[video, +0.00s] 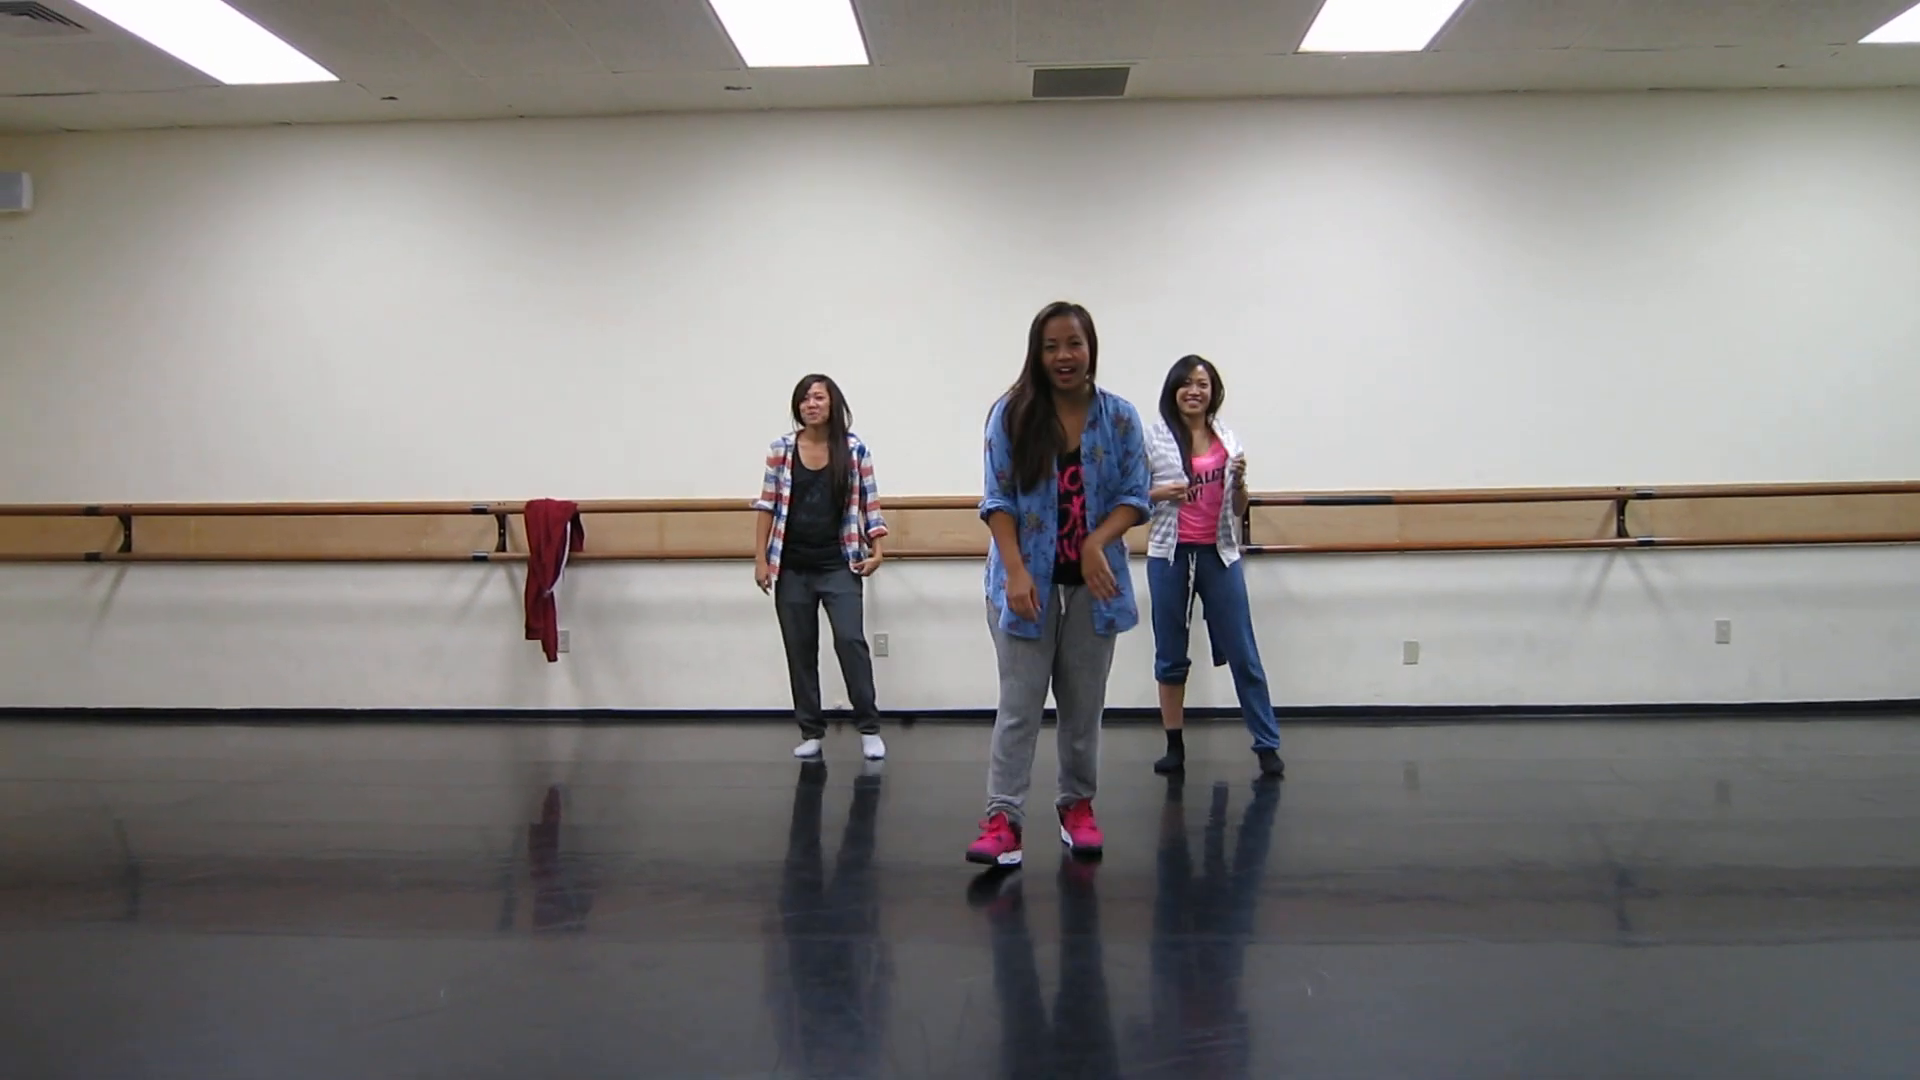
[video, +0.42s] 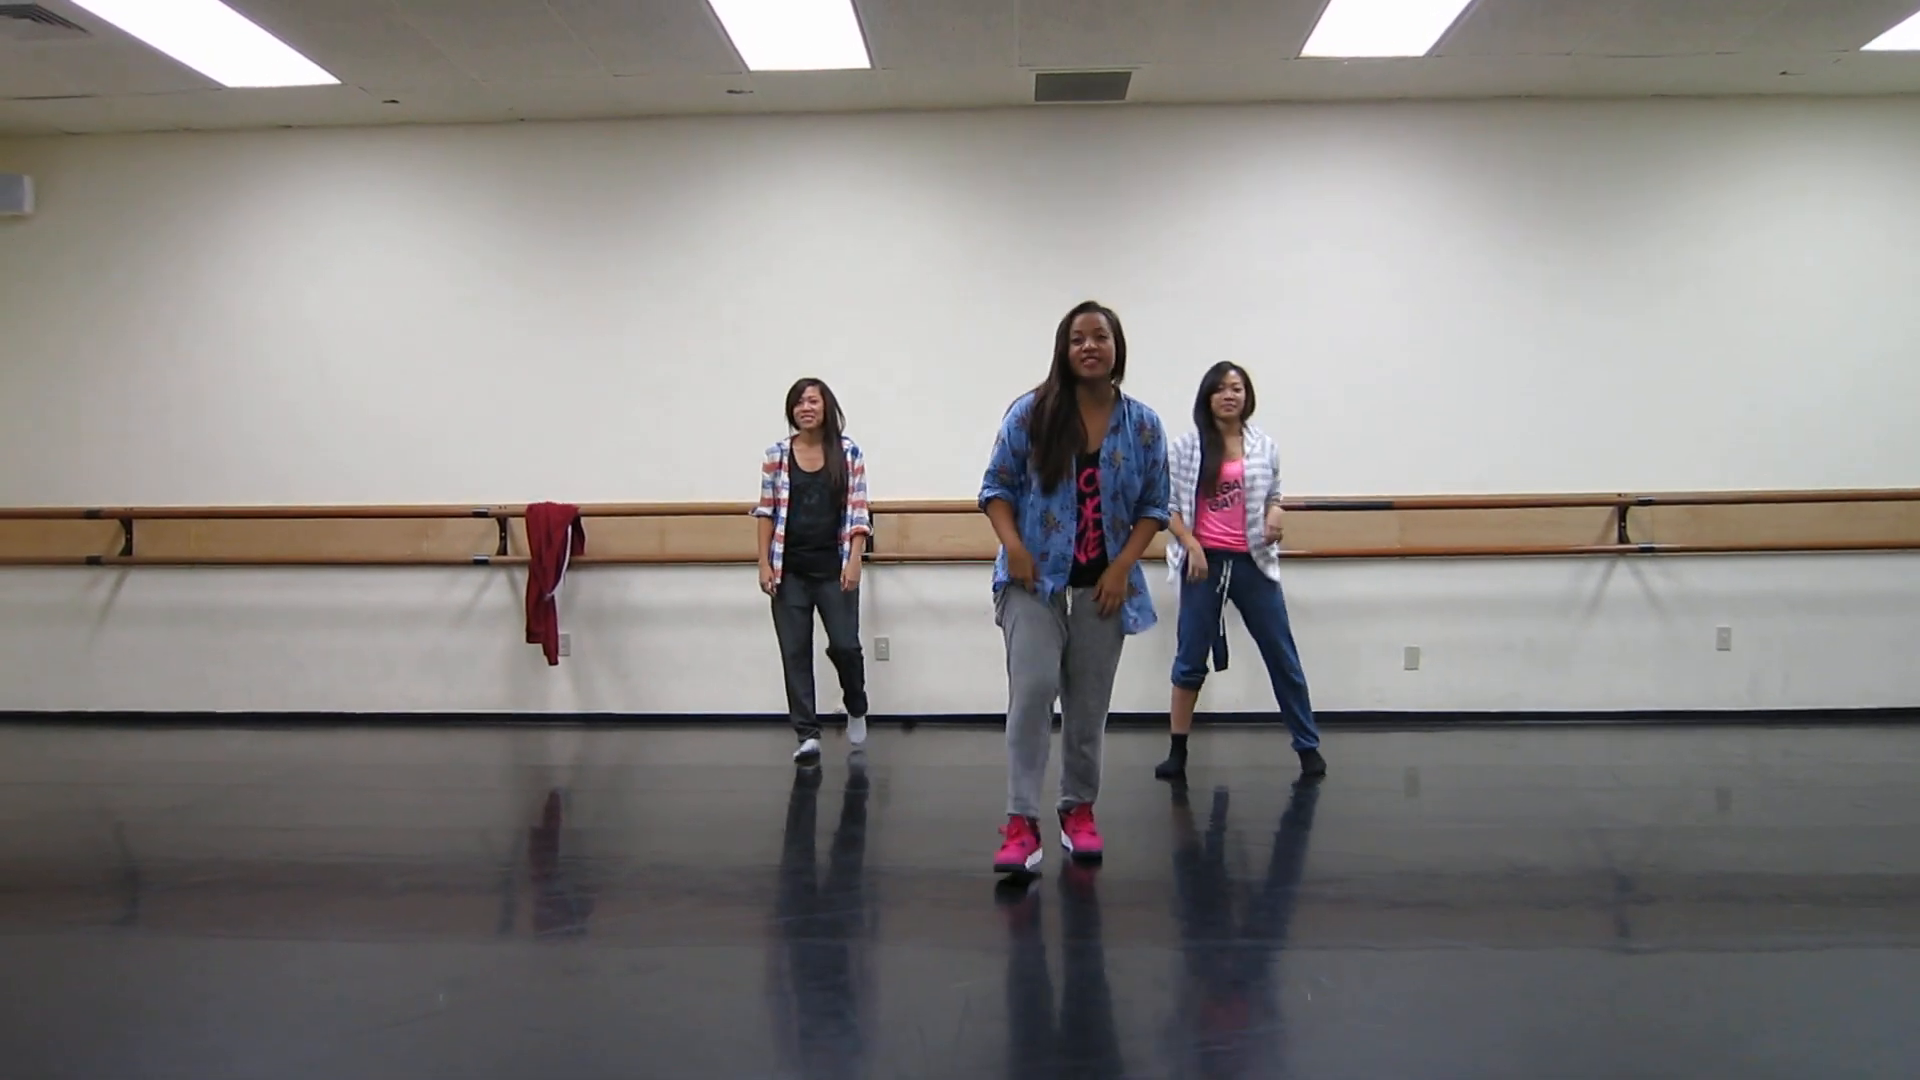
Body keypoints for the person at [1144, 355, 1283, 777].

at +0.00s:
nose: (1195, 391)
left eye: (1202, 385)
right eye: (1187, 384)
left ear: (1214, 392)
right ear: (1172, 391)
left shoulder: (1226, 438)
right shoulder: (1152, 438)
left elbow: (1238, 510)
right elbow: (1129, 497)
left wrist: (1238, 482)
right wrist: (1161, 492)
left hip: (1219, 554)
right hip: (1169, 555)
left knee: (1243, 652)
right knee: (1171, 656)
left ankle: (1267, 746)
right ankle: (1173, 748)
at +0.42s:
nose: (1229, 395)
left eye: (1236, 388)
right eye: (1220, 389)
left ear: (1248, 397)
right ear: (1206, 398)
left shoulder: (1264, 445)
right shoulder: (1184, 447)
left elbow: (1274, 495)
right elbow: (1168, 507)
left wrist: (1275, 512)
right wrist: (1192, 545)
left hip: (1253, 562)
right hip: (1200, 561)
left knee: (1283, 657)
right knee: (1191, 658)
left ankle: (1307, 748)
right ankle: (1176, 753)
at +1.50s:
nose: (1300, 391)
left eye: (1306, 384)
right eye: (1291, 386)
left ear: (1318, 391)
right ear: (1278, 395)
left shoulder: (1337, 438)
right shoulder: (1260, 442)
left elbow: (1351, 495)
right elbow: (1252, 505)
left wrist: (1333, 539)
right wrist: (1266, 560)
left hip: (1318, 555)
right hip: (1271, 551)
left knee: (1314, 659)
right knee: (1259, 644)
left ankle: (1311, 747)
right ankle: (1230, 722)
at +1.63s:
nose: (1291, 394)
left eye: (1297, 387)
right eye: (1282, 389)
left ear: (1309, 394)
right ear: (1269, 398)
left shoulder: (1328, 442)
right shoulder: (1251, 446)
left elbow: (1339, 504)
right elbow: (1242, 509)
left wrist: (1337, 560)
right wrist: (1252, 566)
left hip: (1313, 562)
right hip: (1265, 559)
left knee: (1312, 664)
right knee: (1244, 653)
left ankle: (1310, 751)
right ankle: (1216, 735)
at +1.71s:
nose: (1282, 398)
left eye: (1289, 391)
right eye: (1274, 392)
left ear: (1302, 398)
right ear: (1261, 402)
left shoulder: (1320, 447)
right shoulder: (1242, 450)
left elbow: (1333, 510)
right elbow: (1233, 514)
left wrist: (1340, 566)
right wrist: (1239, 570)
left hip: (1306, 565)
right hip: (1258, 562)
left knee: (1309, 665)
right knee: (1235, 659)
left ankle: (1309, 752)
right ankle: (1210, 746)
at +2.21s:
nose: (1229, 396)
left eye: (1237, 389)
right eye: (1220, 390)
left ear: (1249, 398)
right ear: (1206, 400)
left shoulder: (1269, 448)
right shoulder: (1188, 448)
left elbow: (1278, 512)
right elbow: (1168, 511)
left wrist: (1284, 568)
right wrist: (1169, 569)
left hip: (1253, 566)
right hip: (1201, 566)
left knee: (1279, 656)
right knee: (1199, 663)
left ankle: (1265, 743)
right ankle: (1196, 753)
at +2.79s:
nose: (1252, 410)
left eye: (1259, 402)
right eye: (1242, 404)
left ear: (1270, 410)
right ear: (1227, 413)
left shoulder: (1287, 455)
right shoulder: (1209, 456)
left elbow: (1295, 512)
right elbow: (1220, 501)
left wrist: (1241, 518)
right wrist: (1287, 499)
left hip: (1274, 577)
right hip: (1223, 576)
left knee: (1290, 671)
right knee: (1269, 635)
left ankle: (1269, 777)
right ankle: (1281, 740)